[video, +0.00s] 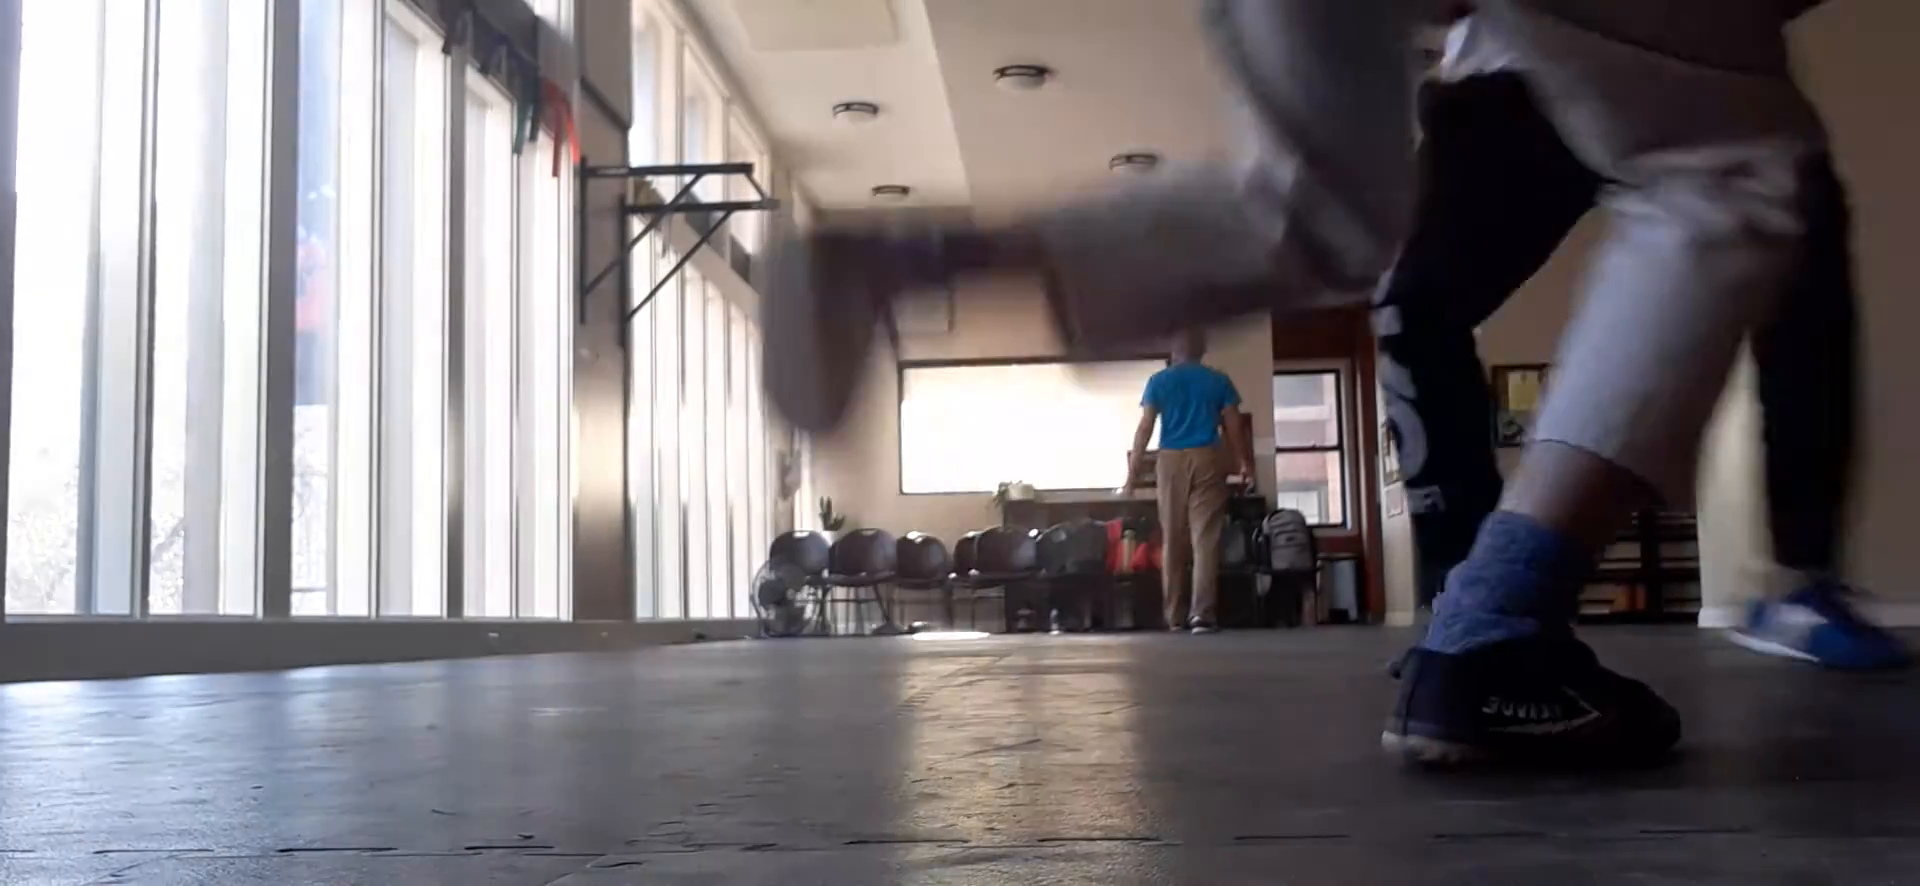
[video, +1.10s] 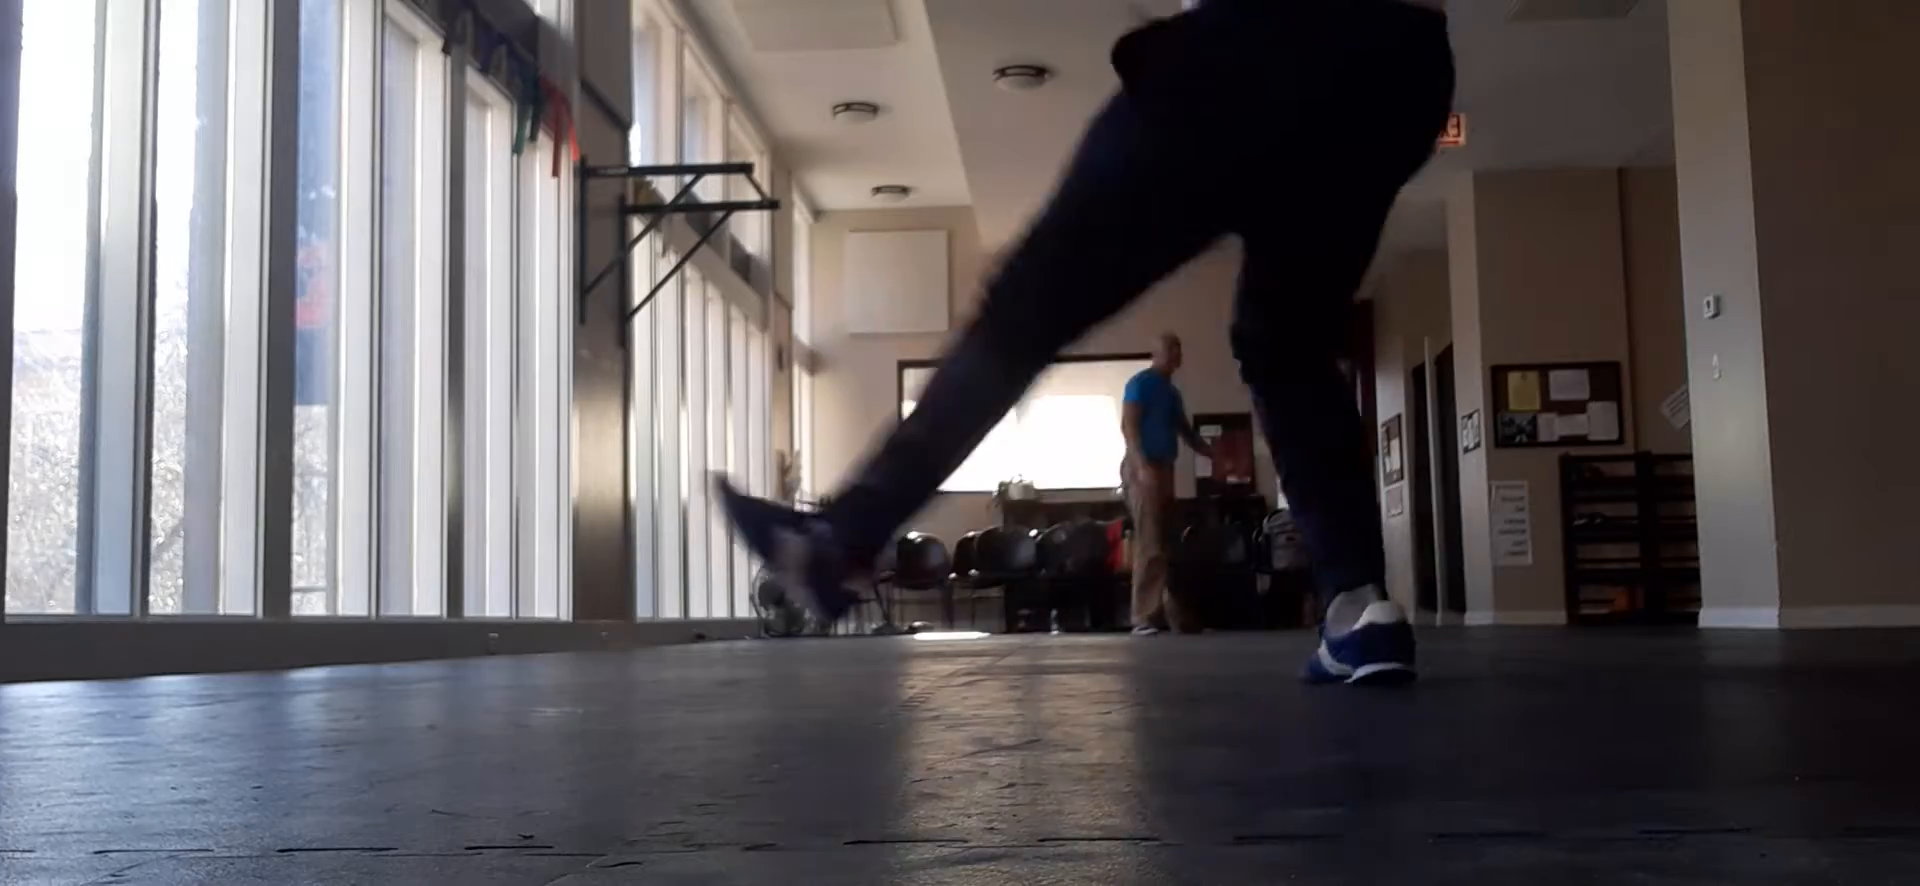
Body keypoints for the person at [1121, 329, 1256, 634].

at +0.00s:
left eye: (1175, 346)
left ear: (1173, 352)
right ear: (1202, 350)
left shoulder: (1158, 381)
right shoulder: (1219, 380)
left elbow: (1145, 428)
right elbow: (1233, 426)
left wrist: (1133, 472)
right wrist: (1244, 462)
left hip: (1170, 457)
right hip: (1208, 455)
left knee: (1172, 536)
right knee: (1205, 536)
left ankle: (1173, 615)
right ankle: (1202, 614)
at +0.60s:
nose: (1201, 370)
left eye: (1200, 364)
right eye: (1201, 365)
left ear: (1177, 361)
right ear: (1199, 364)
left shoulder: (1155, 389)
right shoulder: (1192, 381)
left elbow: (1140, 438)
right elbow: (1196, 423)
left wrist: (1137, 475)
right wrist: (1215, 464)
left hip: (1147, 457)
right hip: (1174, 455)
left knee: (1163, 536)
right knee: (1189, 531)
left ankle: (1172, 610)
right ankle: (1185, 610)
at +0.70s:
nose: (1205, 373)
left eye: (1205, 368)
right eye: (1204, 367)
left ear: (1179, 361)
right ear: (1198, 364)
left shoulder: (1159, 387)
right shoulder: (1184, 380)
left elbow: (1157, 430)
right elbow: (1182, 420)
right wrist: (1205, 460)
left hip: (1146, 455)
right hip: (1167, 455)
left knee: (1161, 534)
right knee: (1182, 529)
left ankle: (1168, 606)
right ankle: (1175, 609)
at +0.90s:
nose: (1198, 360)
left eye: (1198, 355)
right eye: (1194, 354)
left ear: (1183, 357)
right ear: (1177, 355)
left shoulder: (1174, 387)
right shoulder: (1164, 379)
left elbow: (1183, 441)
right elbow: (1155, 421)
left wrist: (1203, 470)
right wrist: (1174, 460)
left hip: (1164, 461)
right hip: (1153, 459)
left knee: (1171, 535)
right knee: (1166, 533)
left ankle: (1172, 614)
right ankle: (1149, 610)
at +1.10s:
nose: (1176, 354)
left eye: (1178, 349)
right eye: (1171, 349)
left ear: (1177, 354)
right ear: (1157, 352)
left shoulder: (1172, 393)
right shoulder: (1140, 384)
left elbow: (1186, 431)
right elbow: (1129, 425)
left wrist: (1211, 452)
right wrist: (1141, 467)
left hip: (1165, 470)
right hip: (1142, 469)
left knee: (1165, 543)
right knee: (1149, 543)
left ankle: (1169, 616)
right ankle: (1143, 618)